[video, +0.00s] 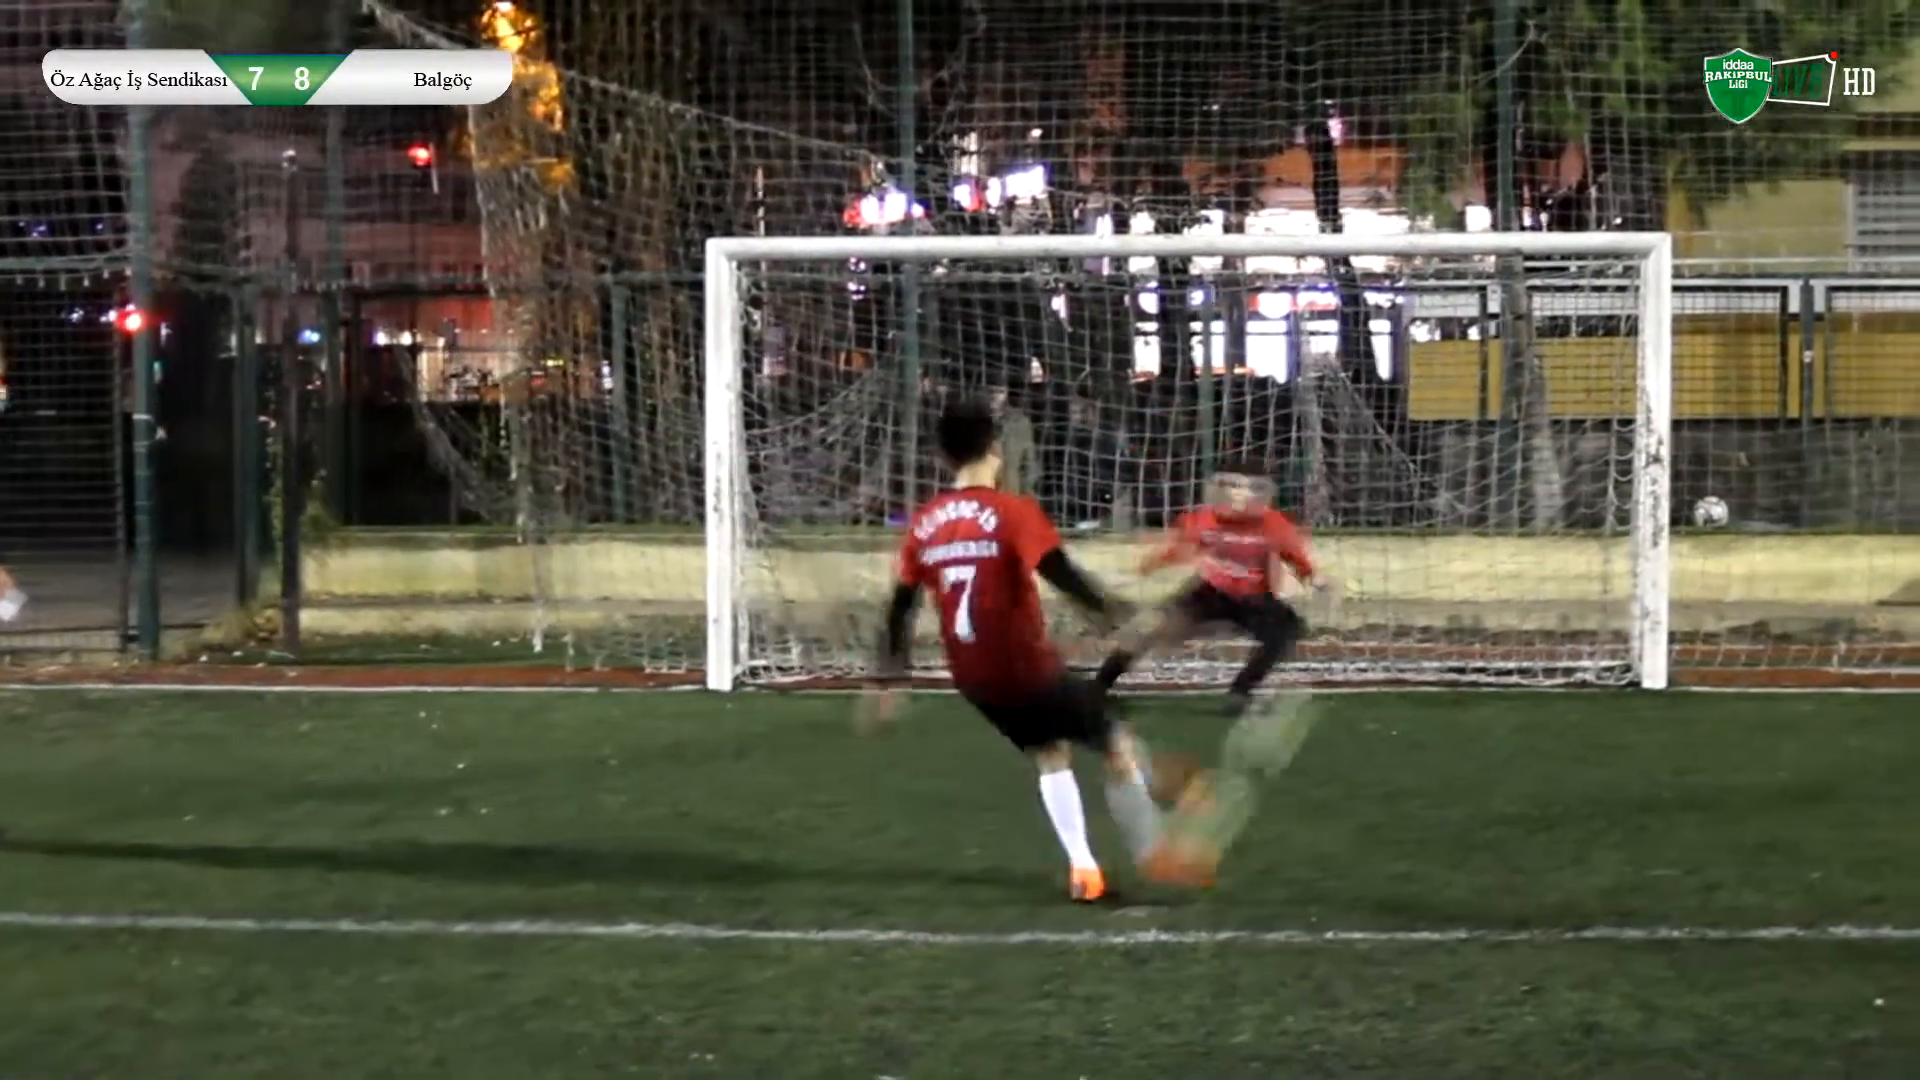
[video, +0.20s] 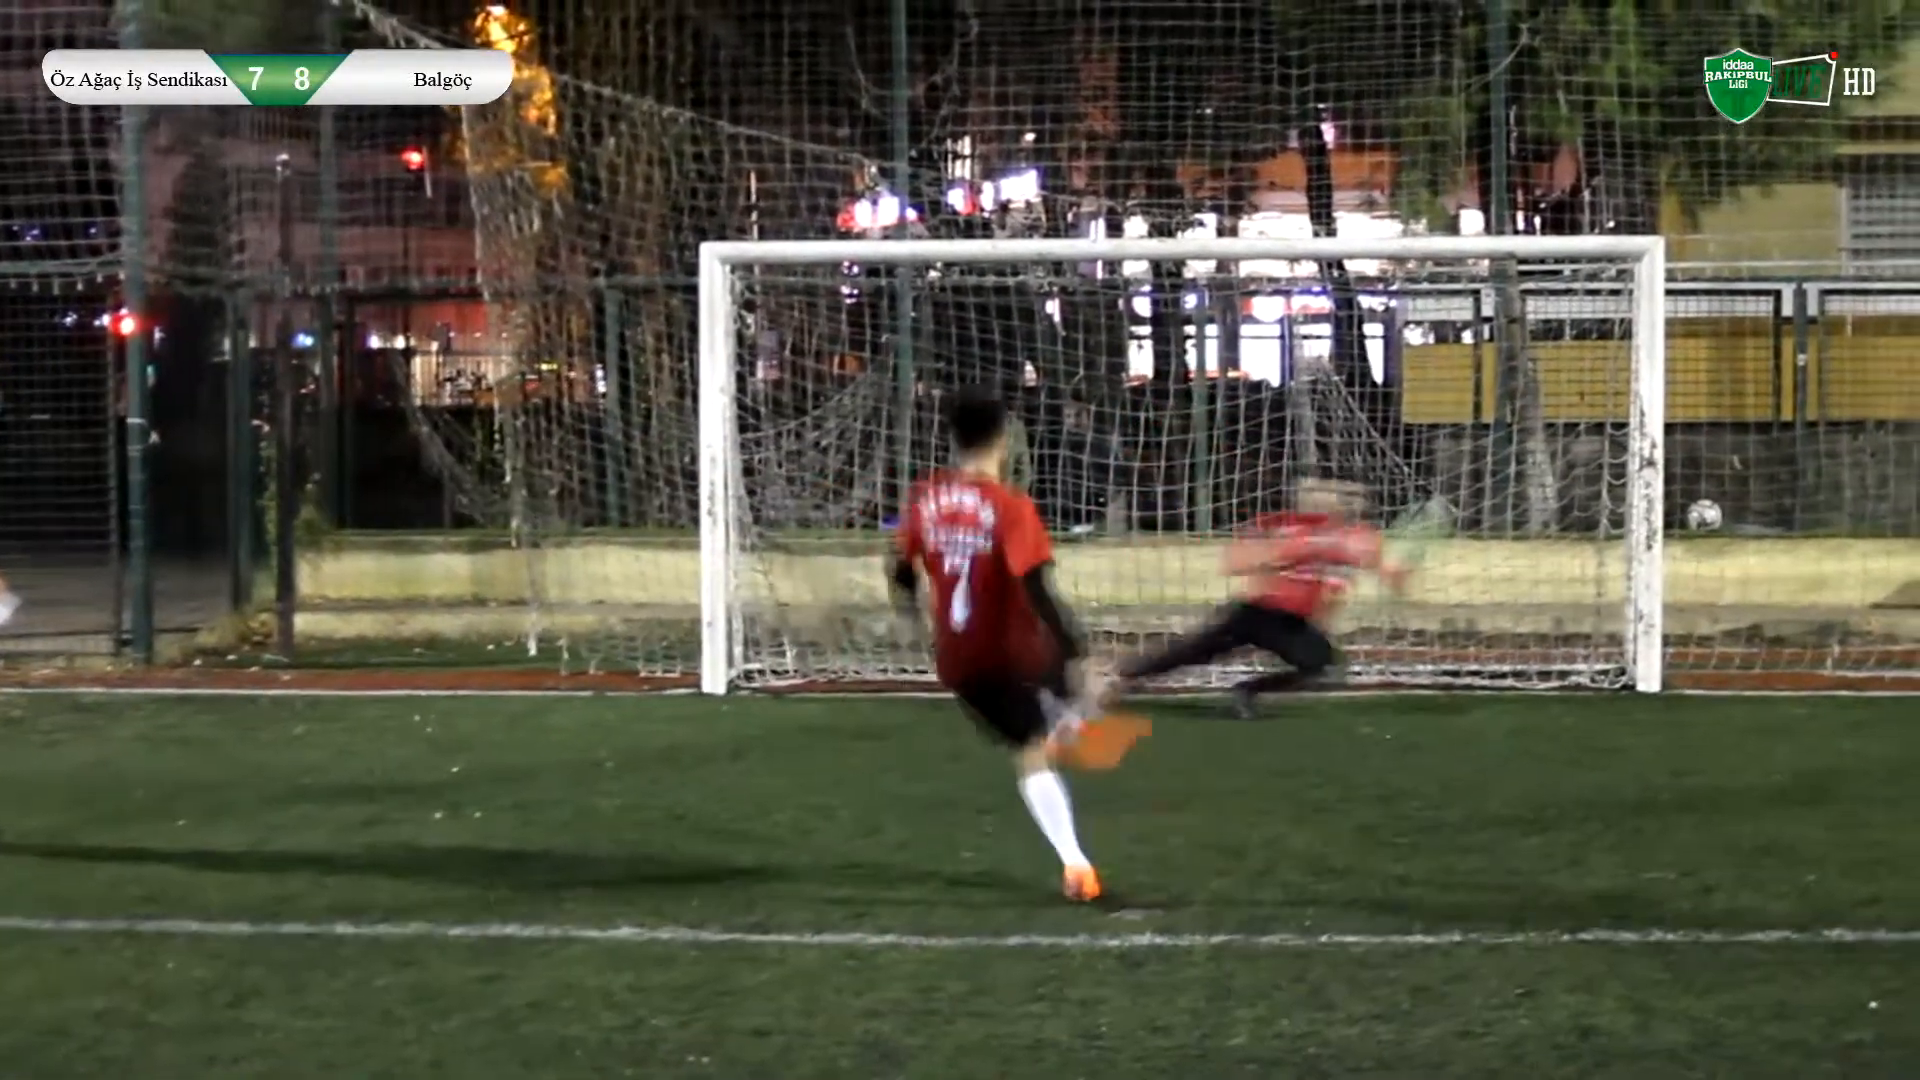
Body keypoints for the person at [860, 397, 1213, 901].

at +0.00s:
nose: (1001, 455)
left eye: (997, 448)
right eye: (998, 448)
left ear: (945, 456)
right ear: (992, 450)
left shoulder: (926, 520)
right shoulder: (1012, 510)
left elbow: (900, 604)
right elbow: (1055, 567)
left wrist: (891, 672)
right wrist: (1110, 609)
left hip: (973, 677)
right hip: (1028, 669)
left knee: (1048, 748)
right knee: (1114, 734)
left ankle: (1082, 865)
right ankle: (1151, 850)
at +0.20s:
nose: (1010, 443)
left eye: (1004, 435)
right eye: (1008, 435)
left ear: (955, 439)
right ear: (1001, 439)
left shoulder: (926, 496)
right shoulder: (1010, 505)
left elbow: (901, 570)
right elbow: (1038, 585)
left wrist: (919, 608)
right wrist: (1074, 641)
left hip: (956, 655)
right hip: (1013, 646)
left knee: (1029, 746)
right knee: (1061, 673)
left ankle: (1074, 862)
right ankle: (1072, 727)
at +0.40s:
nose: (988, 415)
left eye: (985, 406)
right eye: (987, 406)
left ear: (928, 405)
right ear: (980, 408)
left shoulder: (894, 461)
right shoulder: (989, 474)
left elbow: (864, 528)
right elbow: (1005, 558)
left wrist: (916, 535)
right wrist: (1035, 637)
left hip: (937, 623)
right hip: (992, 619)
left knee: (989, 736)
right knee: (1037, 702)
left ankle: (1039, 839)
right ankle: (1031, 812)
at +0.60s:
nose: (958, 401)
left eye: (950, 393)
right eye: (956, 393)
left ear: (901, 400)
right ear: (949, 397)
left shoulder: (875, 465)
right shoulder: (979, 458)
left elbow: (847, 540)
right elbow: (1011, 532)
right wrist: (1047, 580)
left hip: (919, 626)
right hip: (977, 621)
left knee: (924, 729)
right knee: (992, 724)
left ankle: (962, 819)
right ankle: (1009, 850)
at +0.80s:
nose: (918, 403)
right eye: (916, 395)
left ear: (863, 403)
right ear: (913, 398)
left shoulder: (848, 468)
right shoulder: (952, 451)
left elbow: (835, 553)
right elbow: (1012, 512)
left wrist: (800, 609)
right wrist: (1060, 547)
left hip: (897, 624)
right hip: (958, 618)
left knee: (873, 717)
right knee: (982, 725)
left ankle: (884, 831)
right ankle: (1014, 847)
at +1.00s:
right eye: (866, 389)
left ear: (808, 403)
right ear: (859, 393)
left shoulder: (806, 467)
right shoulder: (905, 448)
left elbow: (815, 544)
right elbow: (964, 511)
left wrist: (788, 604)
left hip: (853, 619)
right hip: (912, 613)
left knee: (832, 720)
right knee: (952, 720)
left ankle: (839, 843)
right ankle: (1000, 829)